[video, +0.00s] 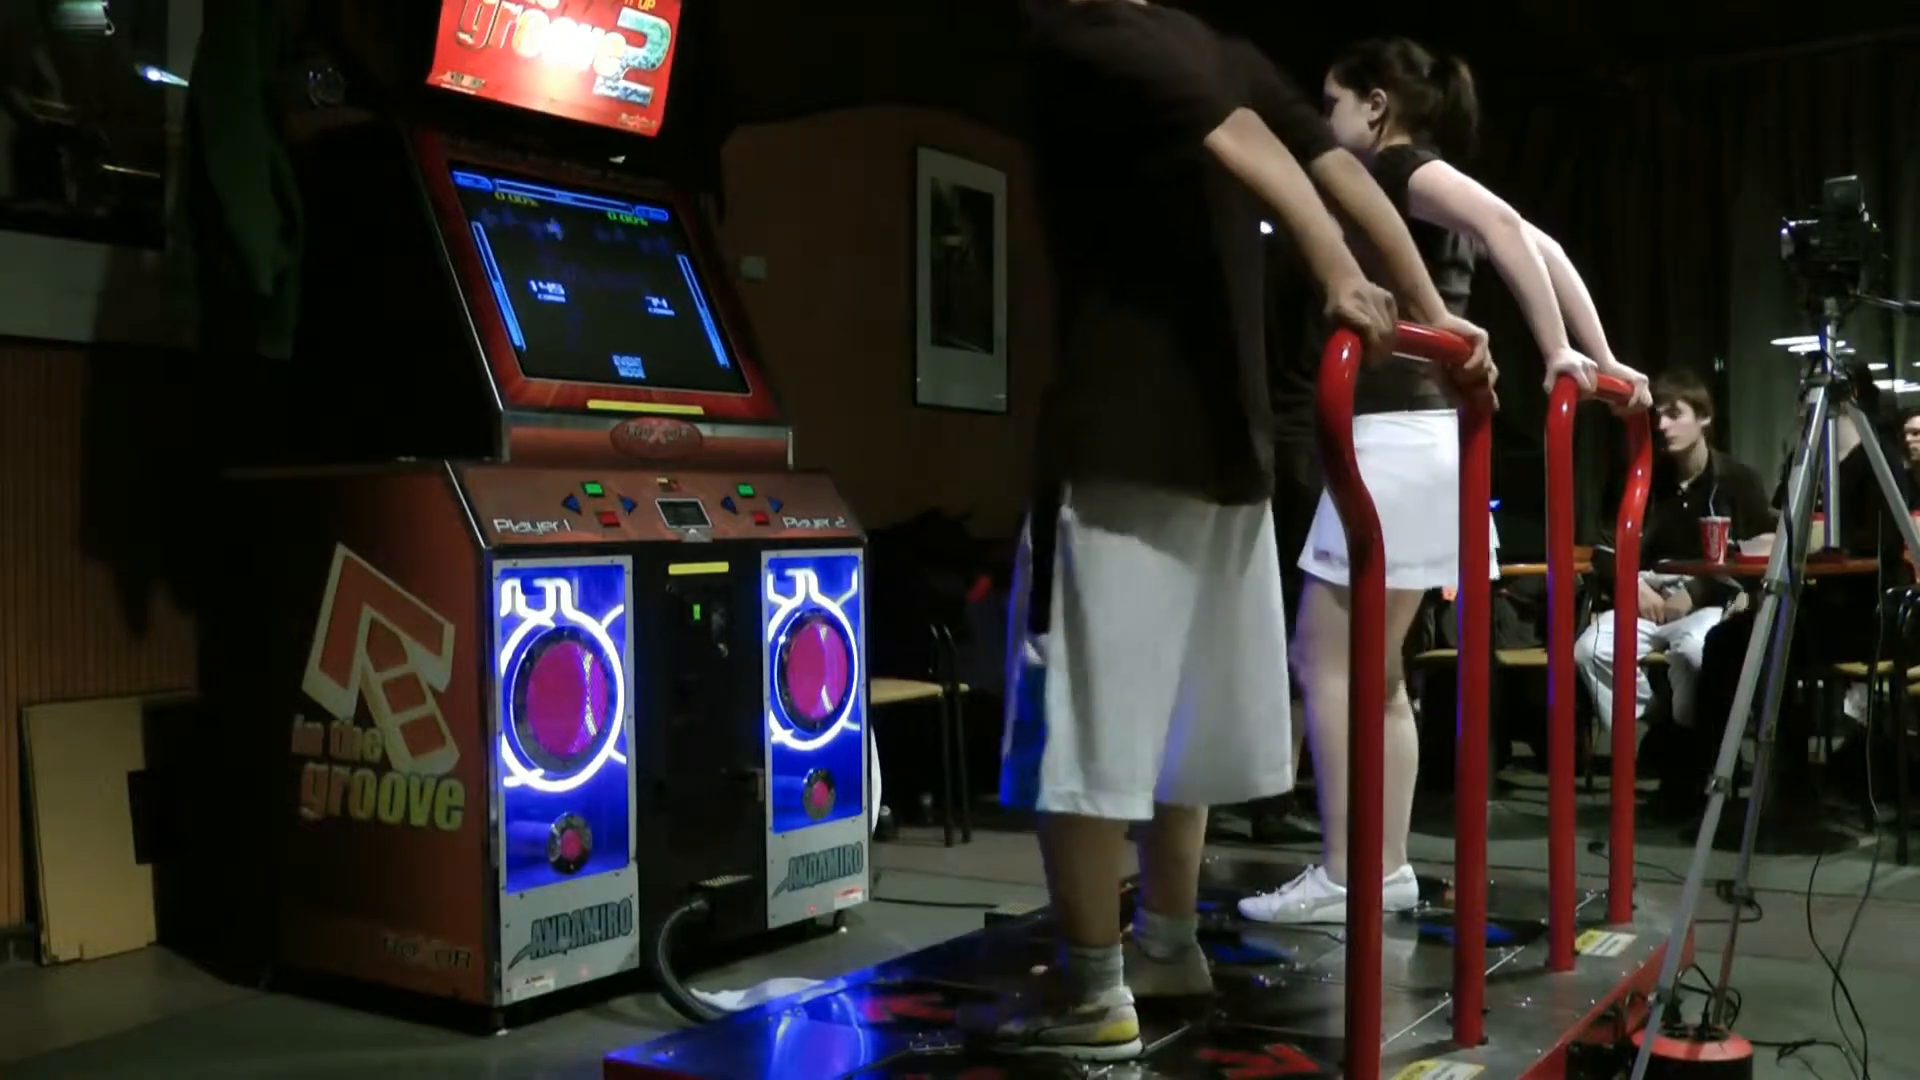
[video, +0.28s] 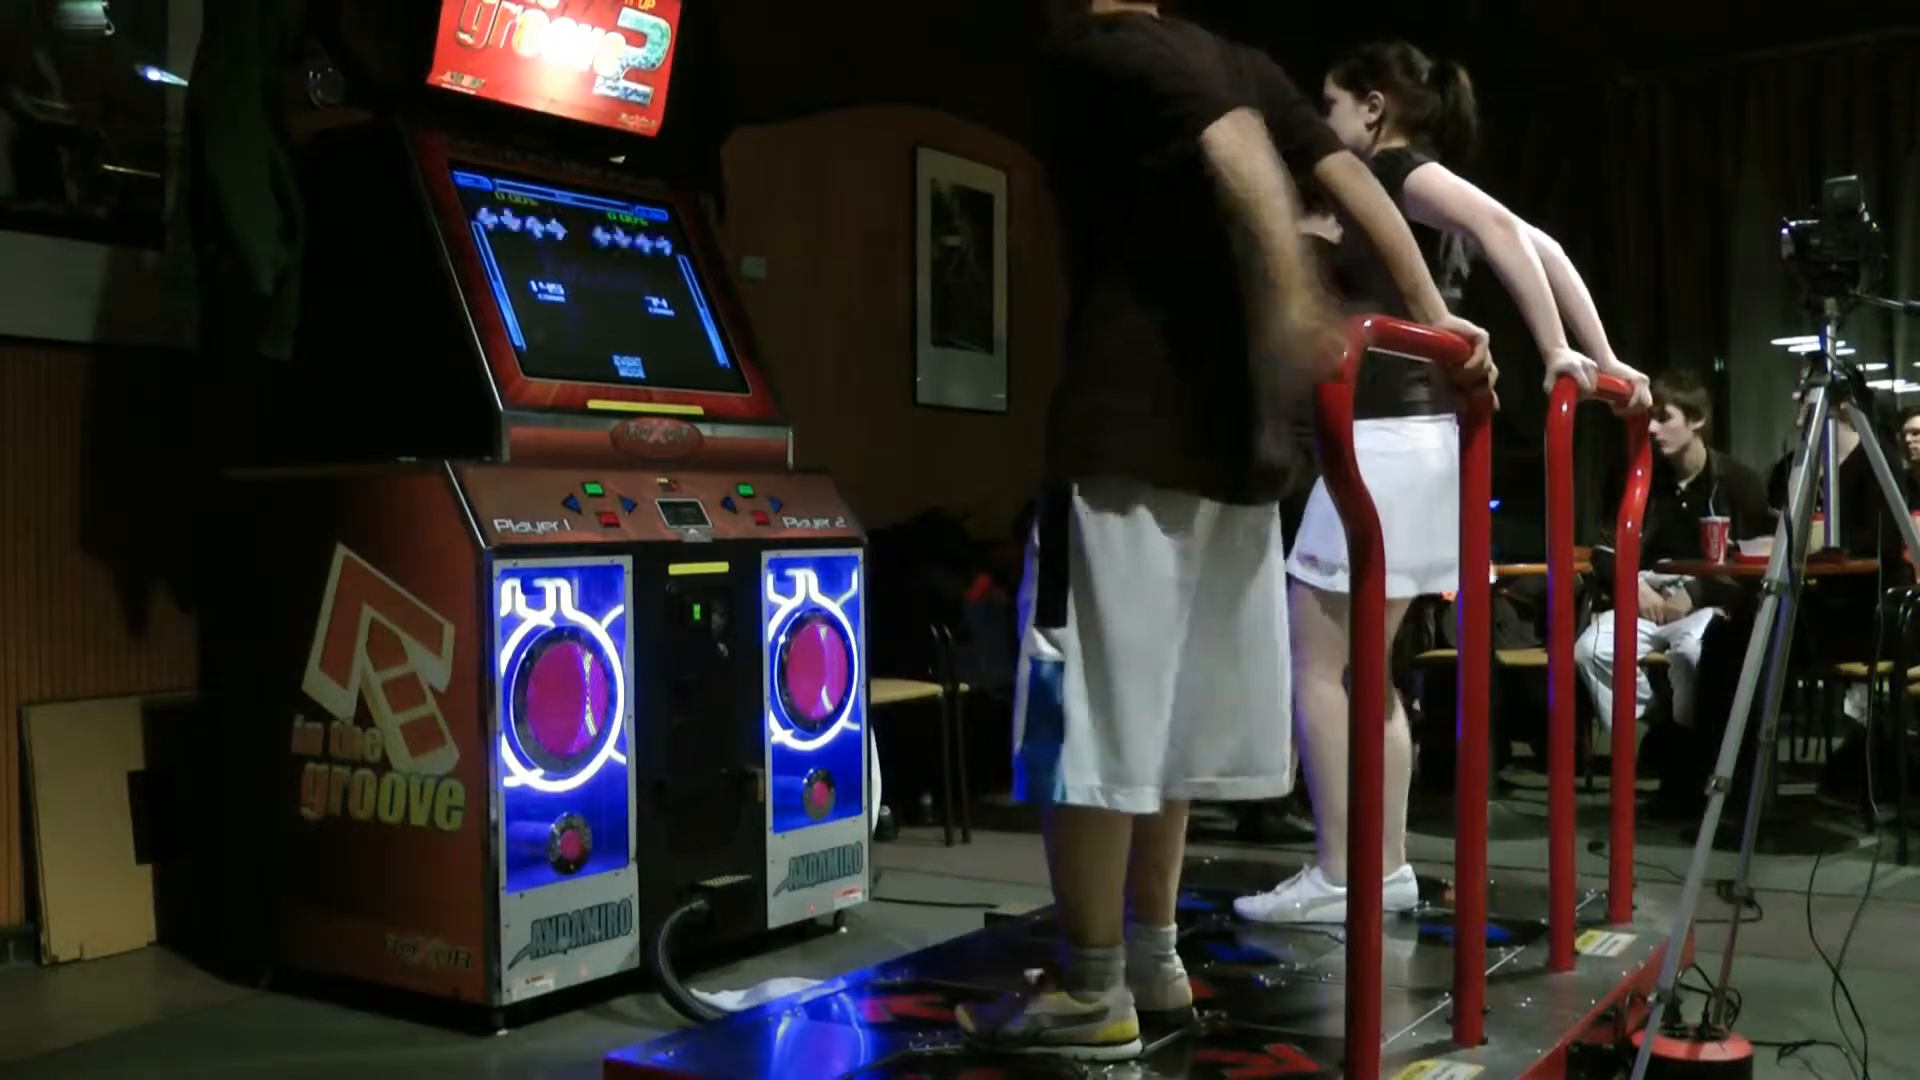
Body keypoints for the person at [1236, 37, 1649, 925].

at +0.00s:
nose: (1327, 119)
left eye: (1336, 103)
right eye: (1329, 105)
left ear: (1379, 105)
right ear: (1403, 112)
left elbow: (1507, 232)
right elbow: (1549, 254)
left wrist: (1558, 352)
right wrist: (1604, 359)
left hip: (1386, 445)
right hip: (1431, 447)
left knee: (1326, 664)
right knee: (1381, 674)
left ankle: (1342, 873)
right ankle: (1389, 872)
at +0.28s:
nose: (1325, 121)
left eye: (1333, 104)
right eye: (1326, 106)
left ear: (1376, 106)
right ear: (1401, 113)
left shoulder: (1386, 171)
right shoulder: (1426, 179)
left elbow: (1503, 232)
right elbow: (1548, 252)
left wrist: (1555, 350)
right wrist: (1606, 357)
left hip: (1371, 449)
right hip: (1424, 451)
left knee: (1315, 665)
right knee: (1370, 674)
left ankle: (1337, 872)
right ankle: (1388, 871)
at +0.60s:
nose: (1322, 114)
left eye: (1332, 99)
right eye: (1323, 101)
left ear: (1375, 101)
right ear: (1396, 108)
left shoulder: (1394, 168)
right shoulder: (1404, 175)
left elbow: (1503, 230)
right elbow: (1543, 254)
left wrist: (1556, 351)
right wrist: (1603, 356)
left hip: (1375, 436)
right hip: (1399, 435)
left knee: (1325, 654)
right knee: (1345, 655)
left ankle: (1338, 872)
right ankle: (1380, 855)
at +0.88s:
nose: (1321, 120)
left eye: (1331, 105)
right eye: (1322, 107)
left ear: (1371, 107)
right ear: (1398, 113)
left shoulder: (1391, 172)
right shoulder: (1407, 180)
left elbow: (1503, 232)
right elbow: (1543, 255)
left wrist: (1557, 351)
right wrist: (1603, 357)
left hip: (1378, 451)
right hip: (1419, 453)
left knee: (1305, 661)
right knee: (1355, 674)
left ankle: (1333, 870)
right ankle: (1374, 871)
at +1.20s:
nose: (1320, 123)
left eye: (1329, 107)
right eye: (1321, 109)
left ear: (1369, 108)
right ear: (1396, 114)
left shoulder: (1391, 173)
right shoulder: (1404, 182)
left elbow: (1502, 233)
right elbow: (1541, 256)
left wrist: (1556, 351)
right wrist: (1601, 357)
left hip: (1369, 448)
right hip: (1411, 448)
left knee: (1303, 662)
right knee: (1350, 672)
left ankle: (1332, 874)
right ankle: (1373, 869)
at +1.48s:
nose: (1319, 119)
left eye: (1328, 103)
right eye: (1320, 106)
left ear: (1370, 103)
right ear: (1394, 110)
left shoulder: (1392, 169)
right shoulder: (1406, 177)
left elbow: (1502, 232)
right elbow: (1535, 256)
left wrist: (1556, 350)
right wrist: (1601, 356)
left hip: (1369, 443)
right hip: (1411, 444)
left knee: (1315, 662)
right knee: (1356, 668)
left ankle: (1333, 875)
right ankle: (1374, 874)